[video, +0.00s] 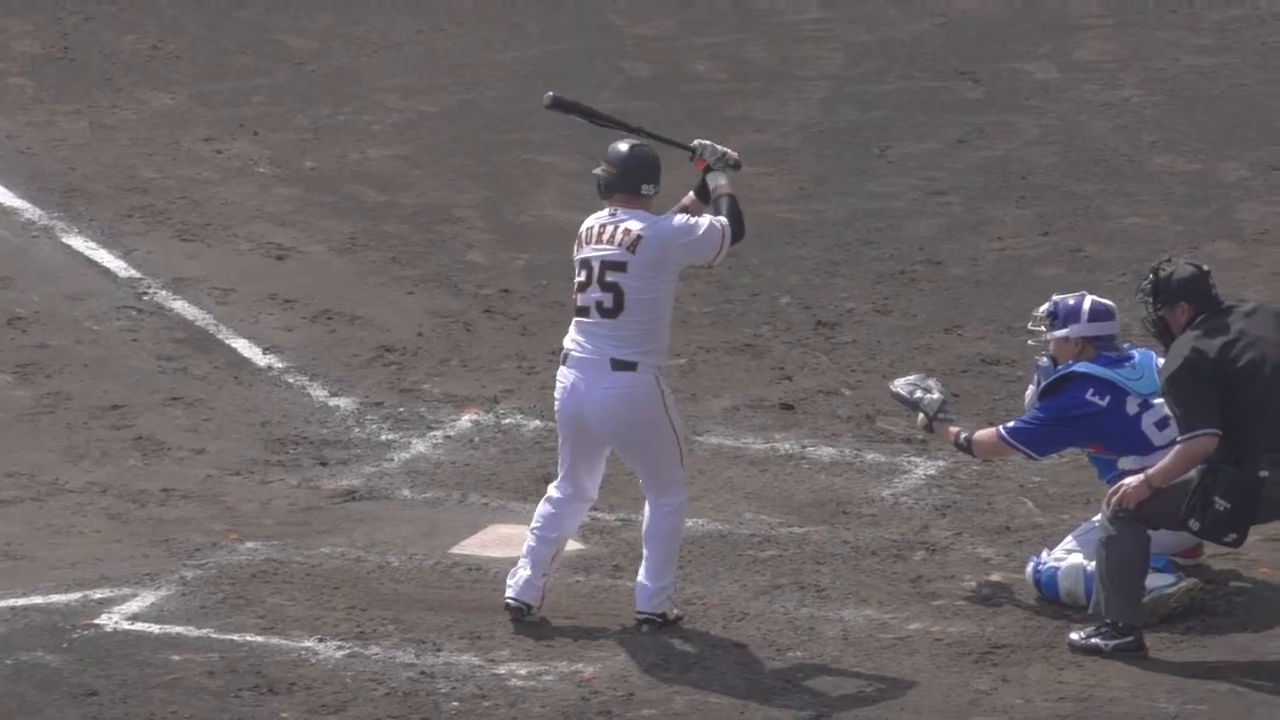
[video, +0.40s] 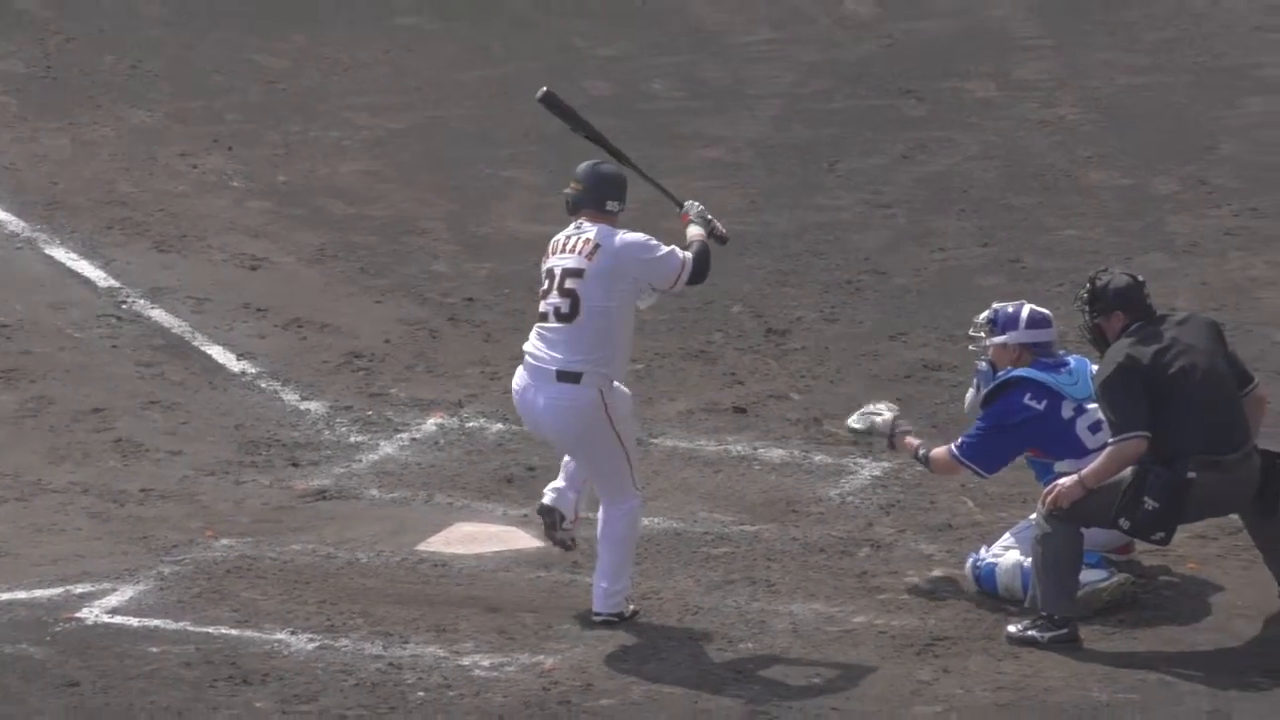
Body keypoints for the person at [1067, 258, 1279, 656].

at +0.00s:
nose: (1159, 321)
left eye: (1161, 312)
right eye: (1157, 312)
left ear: (1183, 311)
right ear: (1205, 300)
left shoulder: (1186, 356)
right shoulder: (1262, 314)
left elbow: (1202, 438)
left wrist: (1146, 481)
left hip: (1251, 488)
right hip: (1273, 475)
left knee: (1124, 505)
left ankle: (1120, 626)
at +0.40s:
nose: (1095, 328)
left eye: (1097, 320)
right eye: (1093, 320)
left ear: (1117, 318)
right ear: (1142, 306)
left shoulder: (1117, 364)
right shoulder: (1200, 325)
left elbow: (1132, 443)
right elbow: (1255, 399)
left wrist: (1079, 482)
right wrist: (1235, 448)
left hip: (1178, 491)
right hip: (1242, 477)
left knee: (1057, 507)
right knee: (1256, 478)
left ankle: (1054, 619)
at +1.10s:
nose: (1038, 324)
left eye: (1041, 317)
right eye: (1037, 316)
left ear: (1060, 317)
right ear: (1083, 308)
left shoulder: (1061, 355)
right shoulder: (1132, 325)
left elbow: (1071, 428)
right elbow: (1179, 386)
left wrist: (1025, 458)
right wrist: (1160, 429)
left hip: (1110, 470)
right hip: (1168, 456)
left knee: (1007, 479)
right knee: (1171, 459)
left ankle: (1004, 578)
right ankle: (1216, 547)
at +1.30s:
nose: (1043, 331)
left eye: (1046, 324)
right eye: (1041, 323)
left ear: (1065, 325)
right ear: (1089, 315)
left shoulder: (1066, 364)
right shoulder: (1136, 333)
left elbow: (1076, 435)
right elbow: (1183, 395)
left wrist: (1030, 465)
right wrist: (1160, 436)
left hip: (1114, 478)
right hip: (1172, 466)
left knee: (1011, 485)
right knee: (1179, 466)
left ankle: (1009, 584)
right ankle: (1220, 555)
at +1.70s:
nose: (1064, 373)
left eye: (1065, 365)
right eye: (1062, 365)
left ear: (1083, 363)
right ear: (1107, 355)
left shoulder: (1084, 403)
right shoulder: (1155, 373)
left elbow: (1093, 473)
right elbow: (1202, 433)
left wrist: (1048, 505)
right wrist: (1183, 478)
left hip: (1132, 514)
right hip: (1189, 502)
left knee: (1030, 526)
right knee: (1198, 509)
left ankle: (1027, 623)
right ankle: (1239, 594)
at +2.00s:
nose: (1057, 346)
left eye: (1058, 339)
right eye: (1055, 339)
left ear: (1075, 335)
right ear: (1098, 323)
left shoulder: (1078, 376)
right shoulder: (1148, 339)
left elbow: (1092, 448)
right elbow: (1189, 401)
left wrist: (1051, 486)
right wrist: (1190, 448)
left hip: (1139, 482)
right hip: (1193, 468)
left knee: (1038, 509)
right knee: (1207, 497)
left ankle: (1039, 604)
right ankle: (1253, 574)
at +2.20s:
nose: (1032, 307)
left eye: (1034, 299)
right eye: (1031, 299)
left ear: (1049, 298)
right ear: (1072, 288)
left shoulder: (1056, 342)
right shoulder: (1114, 300)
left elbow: (1069, 420)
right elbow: (1151, 361)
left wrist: (1044, 471)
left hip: (1123, 439)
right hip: (1173, 418)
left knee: (1040, 495)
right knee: (1210, 494)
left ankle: (1051, 593)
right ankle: (1264, 564)